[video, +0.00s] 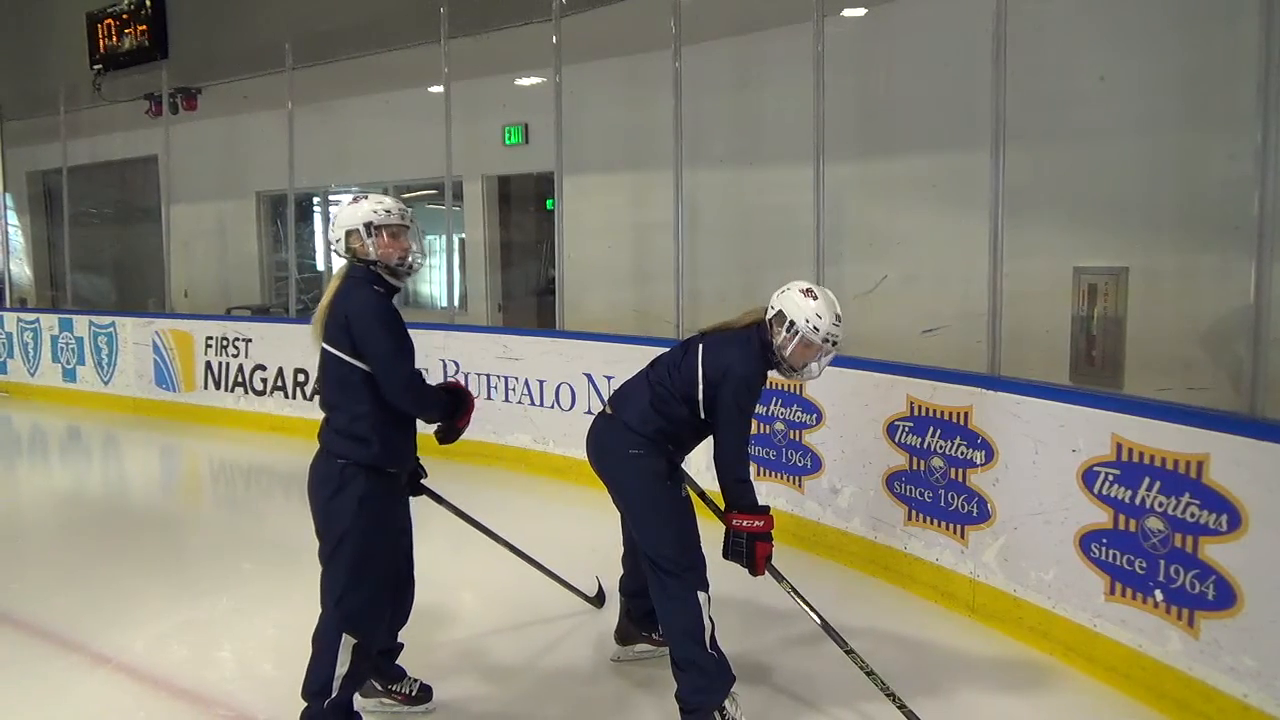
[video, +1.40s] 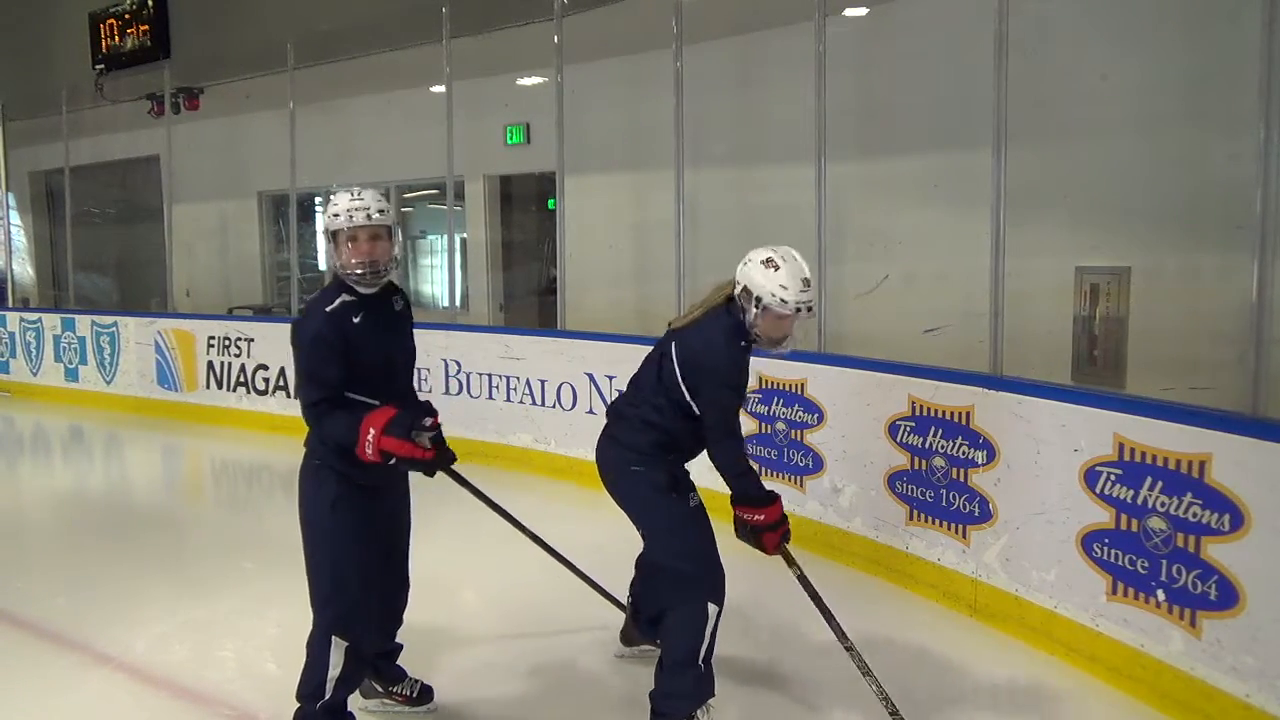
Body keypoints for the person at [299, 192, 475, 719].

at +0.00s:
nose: (403, 245)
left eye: (406, 235)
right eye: (391, 235)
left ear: (407, 239)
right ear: (360, 241)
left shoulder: (363, 295)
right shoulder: (363, 299)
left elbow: (367, 394)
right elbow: (401, 388)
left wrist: (401, 460)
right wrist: (452, 401)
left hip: (373, 468)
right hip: (352, 472)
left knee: (390, 578)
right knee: (351, 594)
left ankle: (377, 668)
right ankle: (327, 707)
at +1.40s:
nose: (366, 251)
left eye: (375, 239)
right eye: (353, 241)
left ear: (392, 244)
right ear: (335, 248)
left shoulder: (396, 306)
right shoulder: (321, 317)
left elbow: (399, 386)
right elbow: (321, 411)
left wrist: (424, 424)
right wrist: (384, 436)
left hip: (388, 472)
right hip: (337, 477)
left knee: (387, 579)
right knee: (345, 596)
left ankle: (376, 670)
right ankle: (320, 707)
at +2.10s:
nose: (420, 252)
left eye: (420, 240)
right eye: (409, 241)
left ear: (397, 245)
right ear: (376, 244)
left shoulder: (391, 301)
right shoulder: (351, 309)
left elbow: (394, 396)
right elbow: (361, 412)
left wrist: (425, 441)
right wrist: (447, 424)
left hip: (383, 469)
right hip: (348, 475)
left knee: (388, 580)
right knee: (355, 603)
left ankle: (378, 675)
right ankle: (325, 707)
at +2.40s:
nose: (454, 256)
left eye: (454, 245)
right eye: (445, 245)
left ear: (420, 248)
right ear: (415, 247)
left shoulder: (394, 300)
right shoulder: (408, 314)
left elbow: (384, 390)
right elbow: (437, 406)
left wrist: (422, 446)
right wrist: (510, 406)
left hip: (381, 466)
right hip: (365, 471)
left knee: (398, 580)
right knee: (369, 592)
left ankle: (387, 670)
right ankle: (337, 705)